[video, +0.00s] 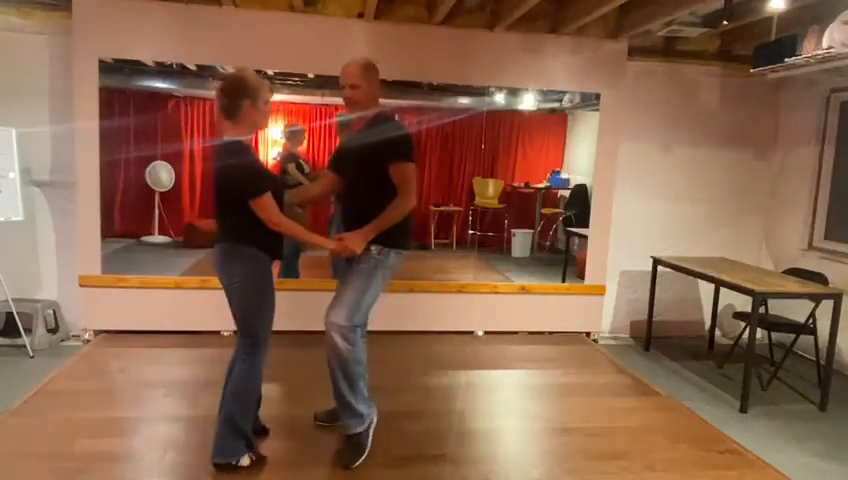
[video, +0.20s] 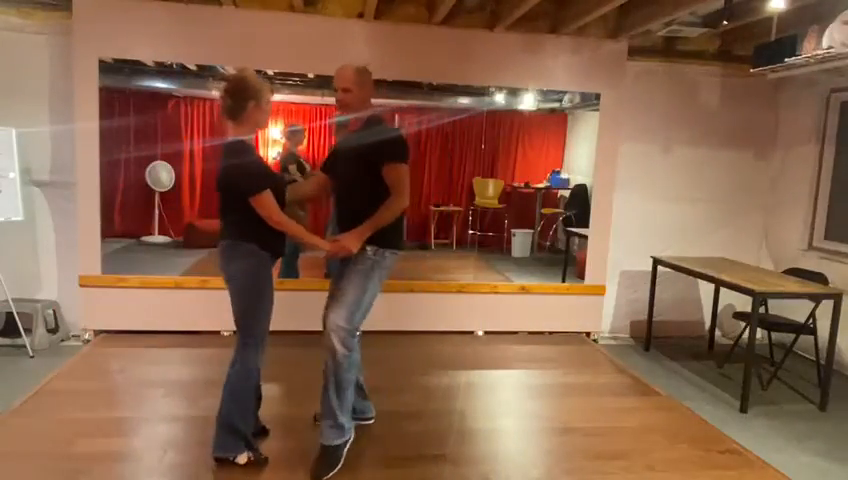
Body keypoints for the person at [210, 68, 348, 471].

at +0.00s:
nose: (270, 112)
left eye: (269, 105)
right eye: (265, 105)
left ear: (232, 108)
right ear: (247, 108)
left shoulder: (231, 153)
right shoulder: (241, 159)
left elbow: (272, 201)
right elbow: (274, 220)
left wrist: (316, 189)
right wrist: (329, 245)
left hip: (237, 255)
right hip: (246, 259)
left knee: (252, 342)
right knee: (252, 347)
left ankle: (243, 418)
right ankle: (230, 449)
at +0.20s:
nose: (270, 113)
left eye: (270, 105)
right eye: (267, 105)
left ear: (237, 109)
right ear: (251, 109)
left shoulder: (238, 152)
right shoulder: (244, 158)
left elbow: (273, 197)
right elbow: (275, 218)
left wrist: (307, 189)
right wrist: (324, 244)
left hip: (245, 253)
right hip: (248, 256)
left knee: (252, 342)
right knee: (250, 346)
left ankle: (244, 419)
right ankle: (230, 443)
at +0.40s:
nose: (270, 114)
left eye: (270, 108)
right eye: (268, 107)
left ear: (235, 109)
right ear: (257, 110)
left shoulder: (238, 153)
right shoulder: (246, 158)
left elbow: (273, 195)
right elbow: (274, 216)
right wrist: (316, 245)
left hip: (248, 253)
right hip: (250, 256)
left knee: (254, 341)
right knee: (250, 344)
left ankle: (247, 421)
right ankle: (231, 440)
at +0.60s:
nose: (269, 115)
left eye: (268, 108)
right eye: (267, 108)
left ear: (235, 110)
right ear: (255, 110)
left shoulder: (237, 153)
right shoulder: (246, 157)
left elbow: (267, 199)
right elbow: (272, 214)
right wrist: (310, 246)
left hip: (245, 253)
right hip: (250, 257)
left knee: (255, 341)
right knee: (255, 344)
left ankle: (247, 419)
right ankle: (232, 441)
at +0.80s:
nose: (268, 116)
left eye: (267, 109)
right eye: (265, 109)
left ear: (233, 112)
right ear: (250, 111)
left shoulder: (234, 153)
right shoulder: (243, 157)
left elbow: (265, 201)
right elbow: (268, 214)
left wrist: (300, 195)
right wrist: (306, 248)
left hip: (242, 254)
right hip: (247, 258)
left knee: (253, 342)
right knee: (269, 345)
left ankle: (242, 421)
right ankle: (234, 439)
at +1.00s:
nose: (267, 117)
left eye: (266, 111)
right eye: (264, 110)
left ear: (233, 114)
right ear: (248, 113)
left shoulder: (228, 155)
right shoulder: (243, 158)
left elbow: (265, 201)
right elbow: (269, 217)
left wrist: (301, 194)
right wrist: (306, 251)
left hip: (235, 257)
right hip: (244, 261)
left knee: (254, 343)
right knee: (274, 341)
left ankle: (235, 429)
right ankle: (238, 433)